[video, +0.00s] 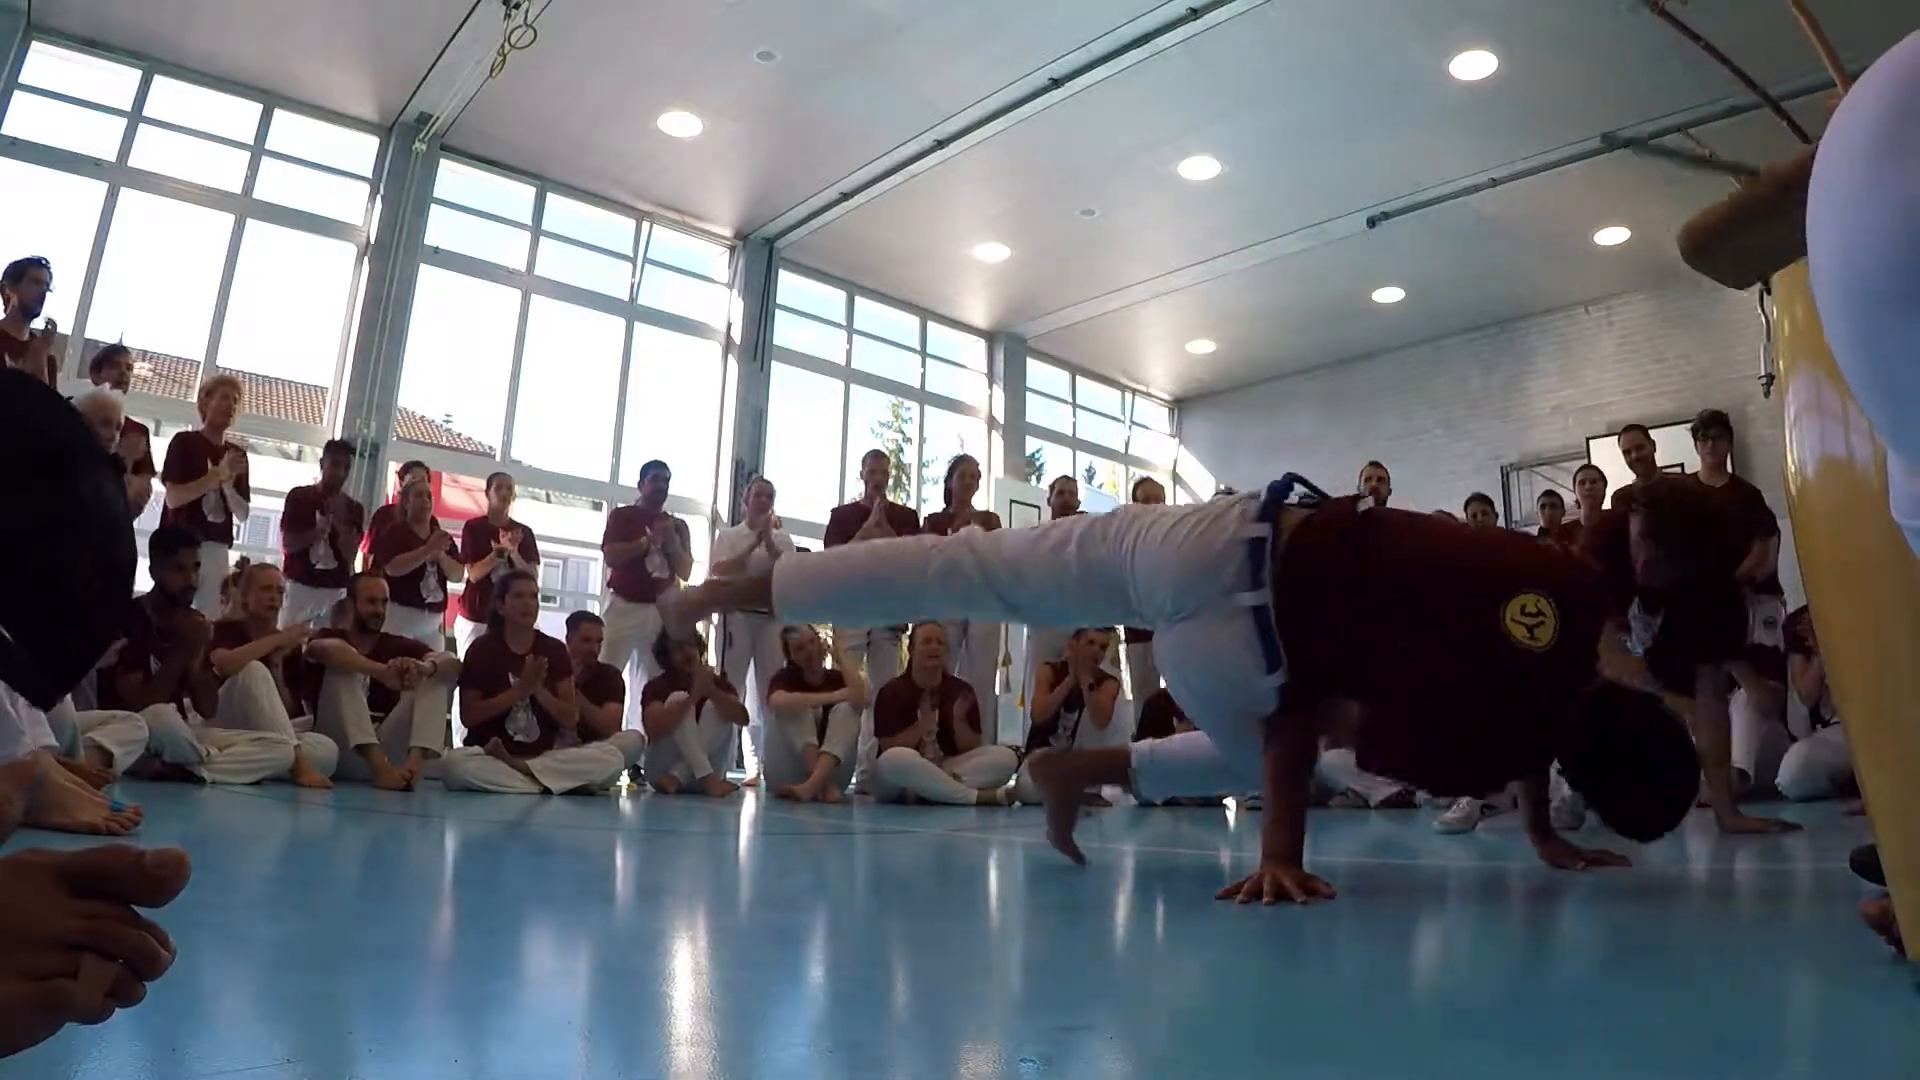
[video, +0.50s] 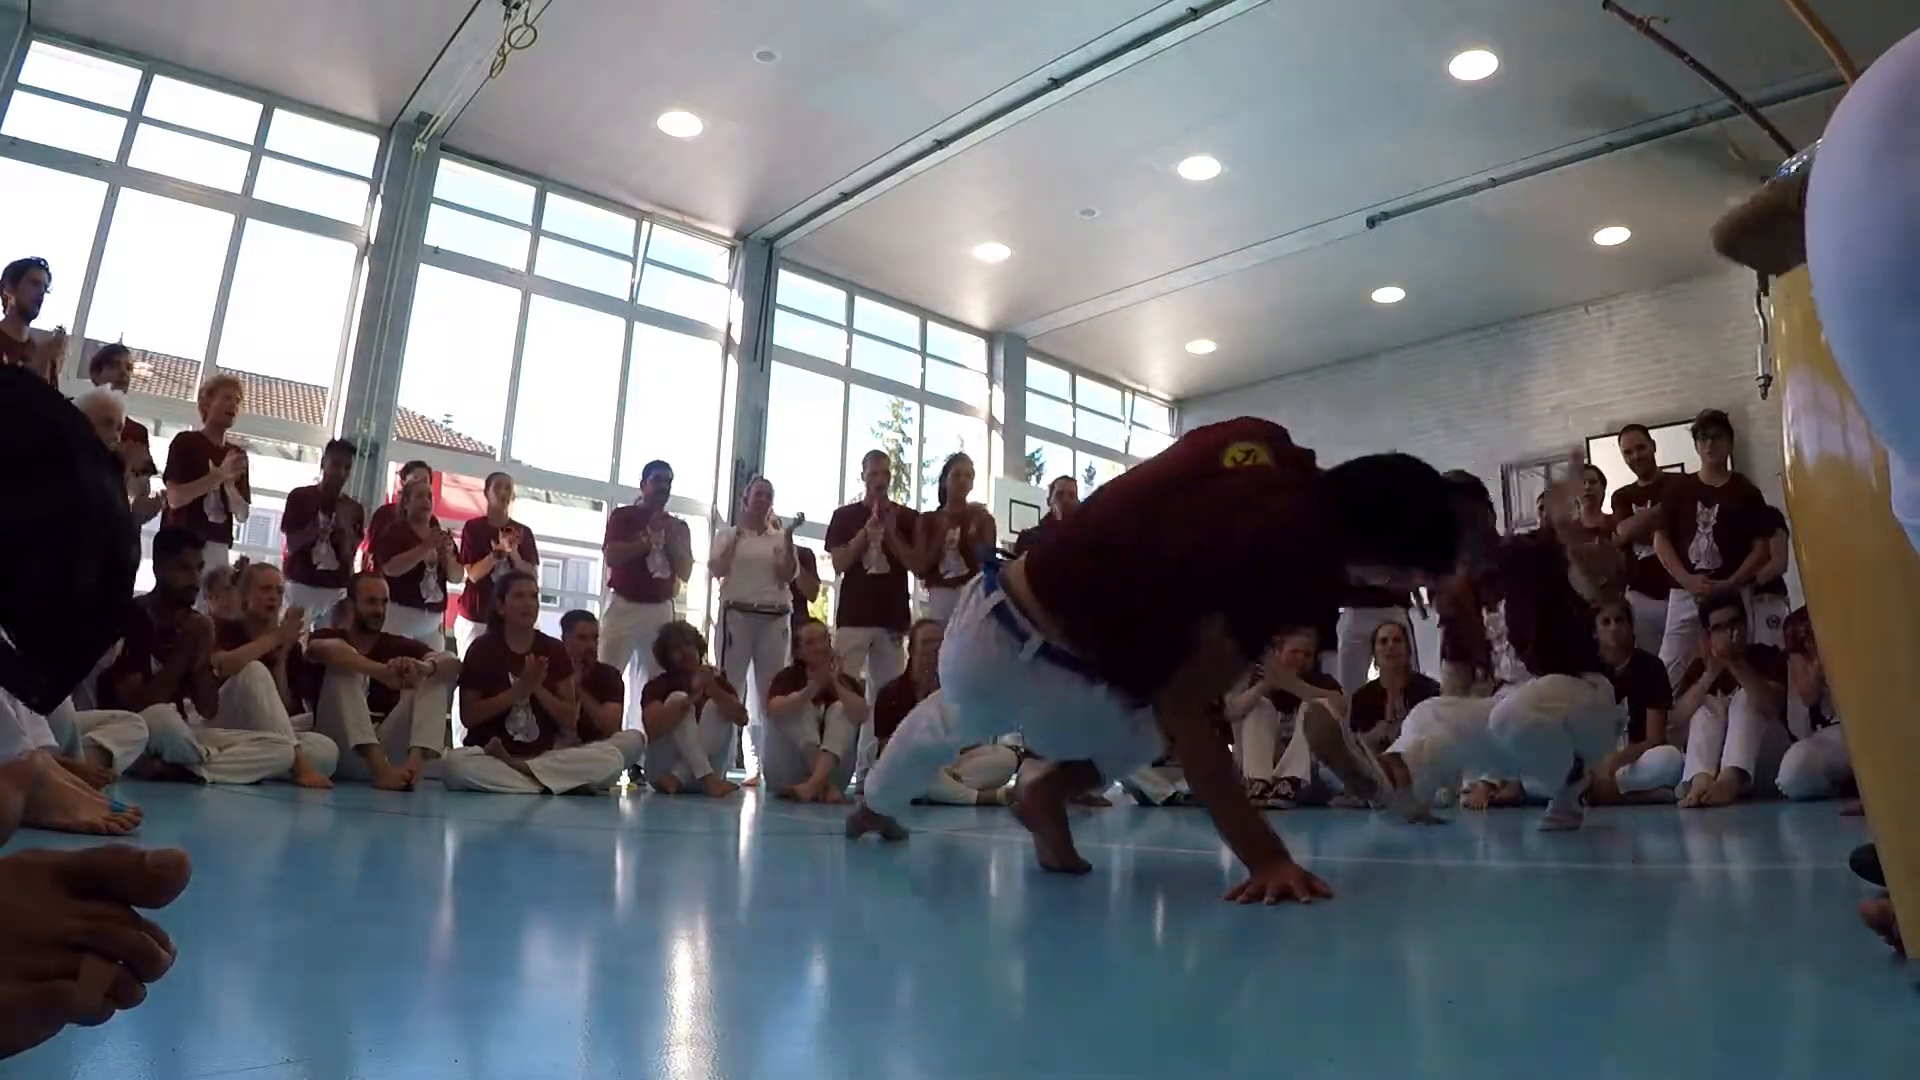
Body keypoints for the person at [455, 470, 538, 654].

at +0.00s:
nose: (504, 493)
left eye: (509, 489)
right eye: (498, 488)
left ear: (514, 495)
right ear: (487, 493)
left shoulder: (524, 532)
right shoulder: (473, 527)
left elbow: (532, 576)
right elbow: (473, 574)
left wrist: (514, 553)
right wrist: (498, 553)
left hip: (509, 621)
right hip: (473, 617)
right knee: (471, 679)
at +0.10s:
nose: (503, 493)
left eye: (508, 489)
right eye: (498, 488)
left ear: (513, 496)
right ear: (487, 493)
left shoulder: (524, 532)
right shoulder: (473, 527)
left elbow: (533, 576)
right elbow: (473, 574)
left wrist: (514, 553)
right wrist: (498, 553)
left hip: (509, 621)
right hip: (474, 617)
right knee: (471, 679)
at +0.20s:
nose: (503, 493)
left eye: (508, 489)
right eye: (498, 488)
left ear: (513, 496)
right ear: (487, 493)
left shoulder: (524, 532)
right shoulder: (473, 527)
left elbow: (532, 574)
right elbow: (473, 575)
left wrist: (519, 547)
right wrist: (495, 552)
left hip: (510, 621)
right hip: (474, 617)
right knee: (472, 679)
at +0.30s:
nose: (503, 493)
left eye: (508, 488)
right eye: (497, 488)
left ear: (513, 495)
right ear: (487, 493)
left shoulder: (523, 532)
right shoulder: (473, 527)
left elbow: (533, 574)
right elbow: (473, 575)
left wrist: (520, 547)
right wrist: (495, 552)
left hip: (510, 620)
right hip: (474, 616)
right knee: (472, 679)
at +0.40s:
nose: (503, 493)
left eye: (508, 488)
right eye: (497, 488)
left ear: (513, 495)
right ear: (487, 493)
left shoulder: (524, 532)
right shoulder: (473, 527)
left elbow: (532, 575)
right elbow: (473, 574)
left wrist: (516, 551)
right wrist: (497, 553)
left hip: (510, 621)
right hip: (474, 617)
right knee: (471, 679)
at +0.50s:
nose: (503, 493)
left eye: (507, 488)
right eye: (497, 488)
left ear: (512, 495)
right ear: (486, 493)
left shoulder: (523, 532)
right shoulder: (473, 527)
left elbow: (531, 574)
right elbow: (473, 575)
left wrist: (514, 553)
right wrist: (496, 553)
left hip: (509, 621)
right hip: (474, 617)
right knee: (471, 679)